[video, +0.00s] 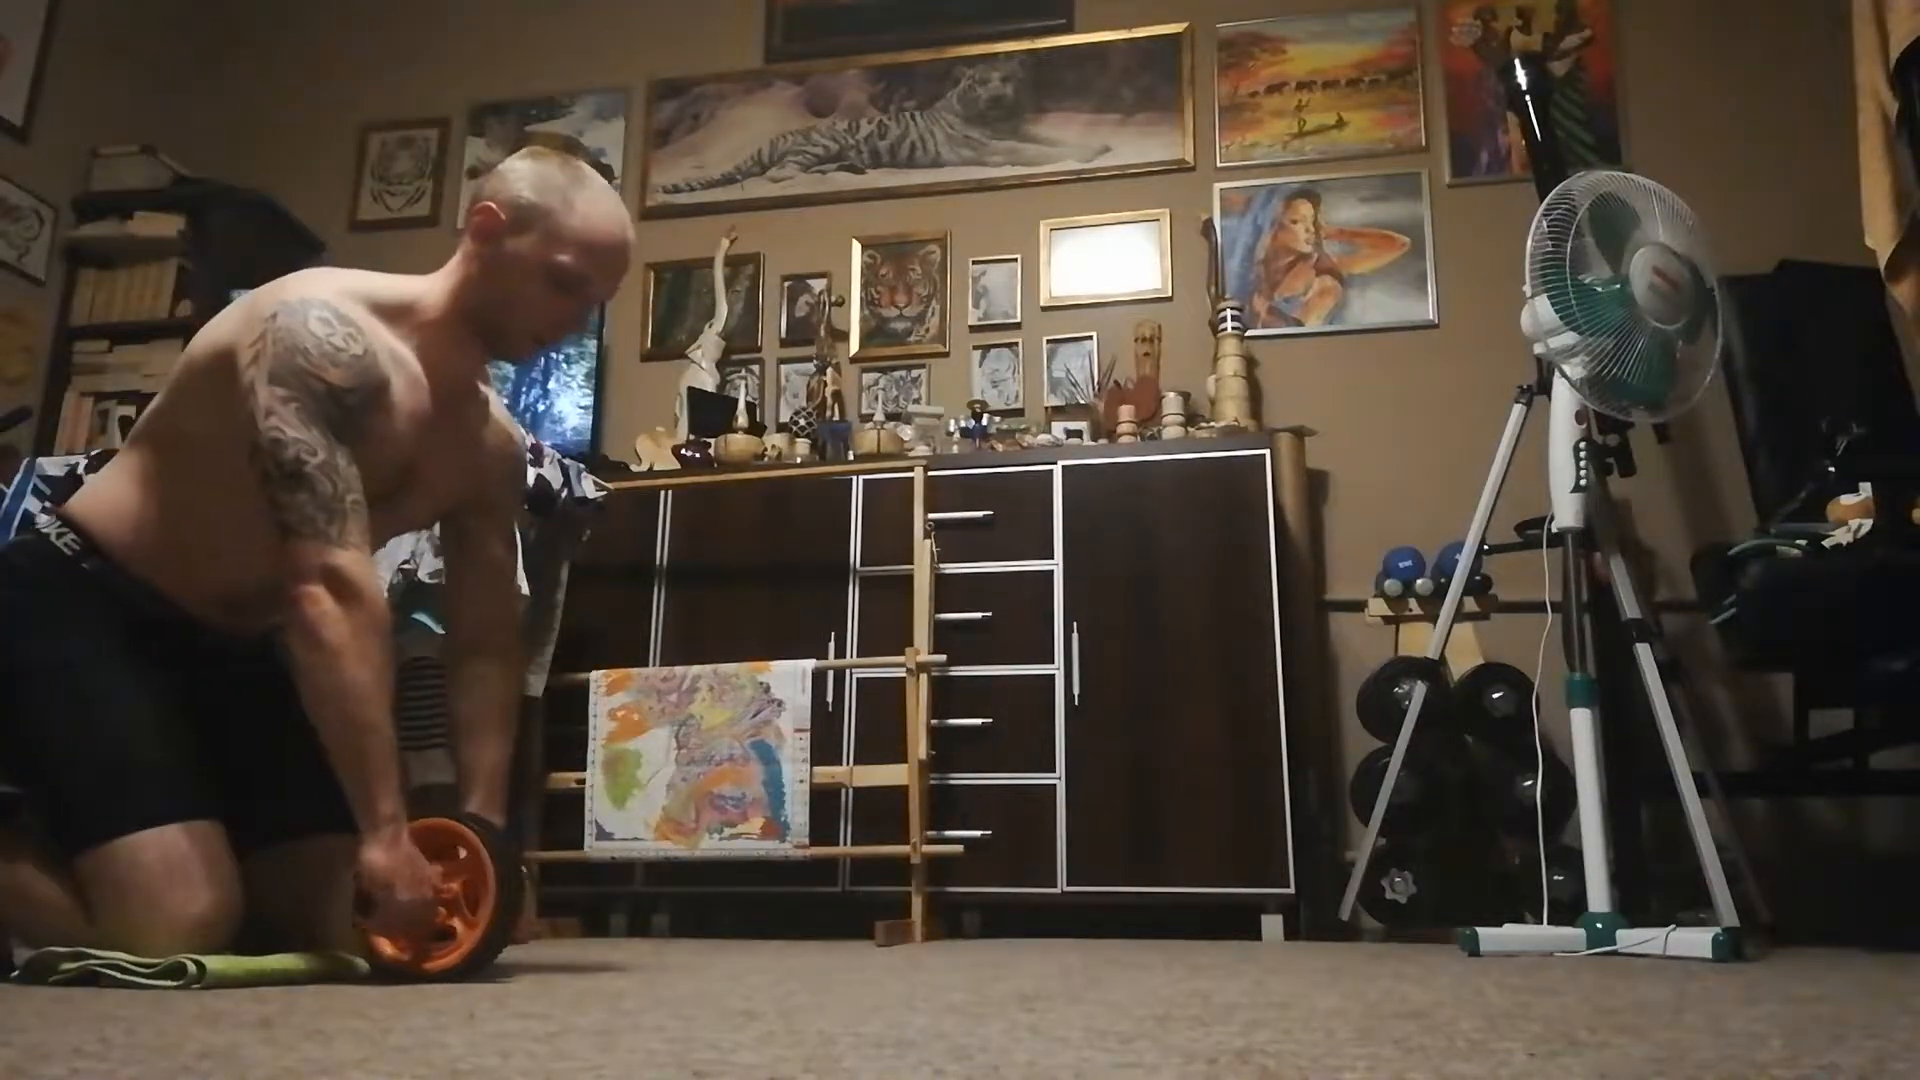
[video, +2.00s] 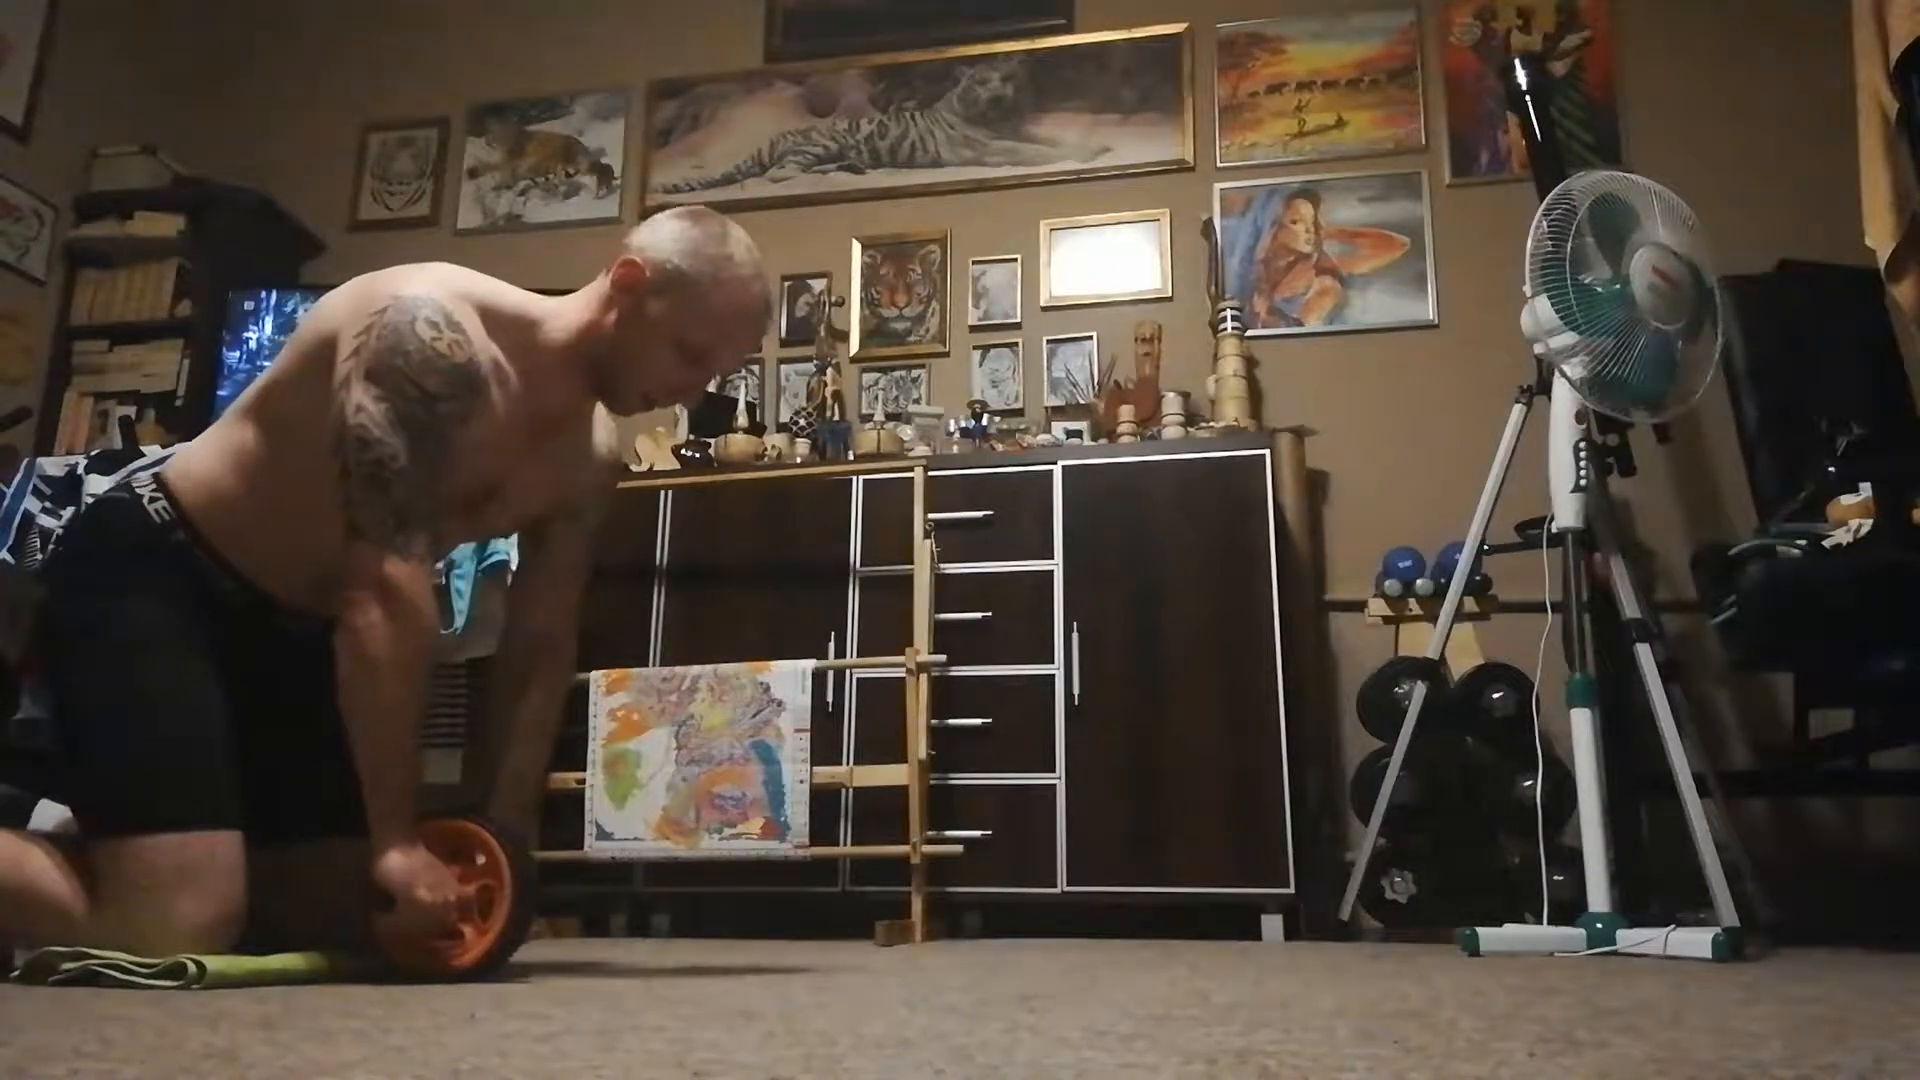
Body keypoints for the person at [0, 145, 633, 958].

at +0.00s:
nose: (580, 320)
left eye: (597, 301)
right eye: (570, 285)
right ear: (487, 227)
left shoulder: (491, 447)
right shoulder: (319, 335)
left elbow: (487, 647)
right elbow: (328, 595)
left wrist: (481, 830)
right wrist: (386, 831)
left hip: (242, 645)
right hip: (87, 602)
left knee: (337, 924)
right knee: (182, 925)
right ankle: (10, 862)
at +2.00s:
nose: (698, 390)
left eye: (719, 373)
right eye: (695, 357)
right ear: (629, 288)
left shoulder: (587, 459)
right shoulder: (427, 335)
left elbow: (537, 652)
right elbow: (381, 606)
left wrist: (495, 858)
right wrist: (397, 843)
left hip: (293, 628)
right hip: (152, 566)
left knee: (362, 914)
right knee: (175, 927)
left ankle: (125, 869)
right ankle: (13, 847)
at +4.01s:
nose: (717, 340)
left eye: (733, 317)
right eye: (707, 300)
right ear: (621, 247)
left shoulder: (607, 465)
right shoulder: (449, 335)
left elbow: (548, 664)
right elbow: (390, 598)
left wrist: (498, 872)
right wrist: (400, 854)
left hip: (293, 643)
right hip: (149, 573)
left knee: (359, 923)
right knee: (177, 923)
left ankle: (82, 867)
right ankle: (8, 858)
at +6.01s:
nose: (726, 355)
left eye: (741, 332)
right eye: (713, 319)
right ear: (630, 269)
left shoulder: (609, 469)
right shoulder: (457, 340)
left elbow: (552, 676)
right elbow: (386, 599)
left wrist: (507, 868)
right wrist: (412, 842)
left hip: (293, 640)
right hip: (147, 575)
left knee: (349, 916)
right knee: (172, 931)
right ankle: (10, 860)